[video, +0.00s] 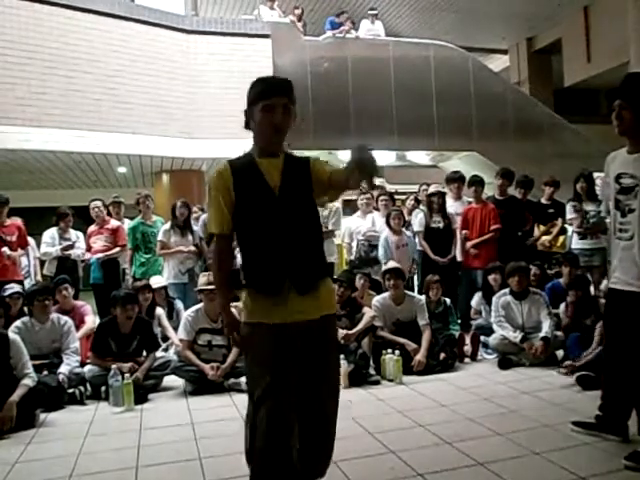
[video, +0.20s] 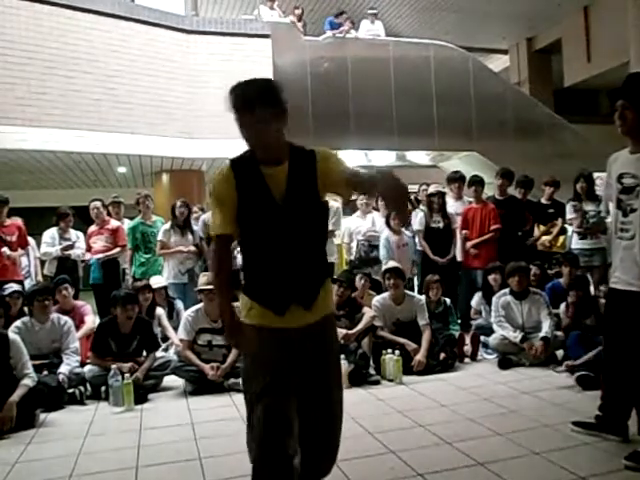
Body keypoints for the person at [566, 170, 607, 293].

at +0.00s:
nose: (582, 186)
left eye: (585, 182)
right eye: (579, 182)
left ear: (590, 185)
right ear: (575, 185)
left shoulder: (600, 204)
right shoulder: (572, 204)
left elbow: (605, 224)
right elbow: (577, 226)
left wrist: (586, 229)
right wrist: (598, 226)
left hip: (598, 246)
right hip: (579, 247)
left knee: (597, 284)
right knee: (579, 283)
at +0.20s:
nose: (582, 186)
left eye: (585, 182)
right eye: (579, 182)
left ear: (590, 184)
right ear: (575, 185)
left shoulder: (599, 202)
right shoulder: (572, 204)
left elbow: (603, 223)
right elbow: (576, 225)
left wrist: (585, 229)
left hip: (598, 247)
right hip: (579, 247)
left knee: (598, 285)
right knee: (580, 284)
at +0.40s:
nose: (583, 185)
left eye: (586, 182)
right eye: (580, 182)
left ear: (591, 185)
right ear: (576, 185)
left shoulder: (600, 202)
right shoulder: (572, 204)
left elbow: (603, 223)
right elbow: (576, 225)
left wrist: (586, 229)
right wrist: (581, 213)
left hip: (598, 246)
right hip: (579, 247)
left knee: (598, 283)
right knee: (580, 283)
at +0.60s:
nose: (583, 185)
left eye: (586, 182)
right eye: (580, 182)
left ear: (591, 184)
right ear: (575, 185)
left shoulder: (601, 202)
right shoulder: (571, 204)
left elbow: (603, 224)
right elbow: (575, 226)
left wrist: (585, 229)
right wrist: (581, 213)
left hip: (598, 247)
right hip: (579, 247)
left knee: (598, 283)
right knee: (580, 283)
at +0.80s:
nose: (584, 186)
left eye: (587, 183)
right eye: (580, 183)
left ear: (591, 185)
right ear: (576, 186)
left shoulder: (600, 202)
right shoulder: (571, 204)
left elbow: (603, 224)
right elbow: (575, 226)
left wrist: (586, 229)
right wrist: (581, 215)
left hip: (598, 247)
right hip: (579, 248)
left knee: (598, 284)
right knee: (580, 284)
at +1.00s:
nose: (584, 186)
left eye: (587, 183)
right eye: (581, 183)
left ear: (591, 185)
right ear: (576, 186)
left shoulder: (601, 202)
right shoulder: (571, 204)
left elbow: (602, 224)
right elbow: (575, 226)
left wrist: (585, 230)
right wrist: (581, 214)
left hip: (598, 247)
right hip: (579, 247)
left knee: (600, 285)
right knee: (579, 285)